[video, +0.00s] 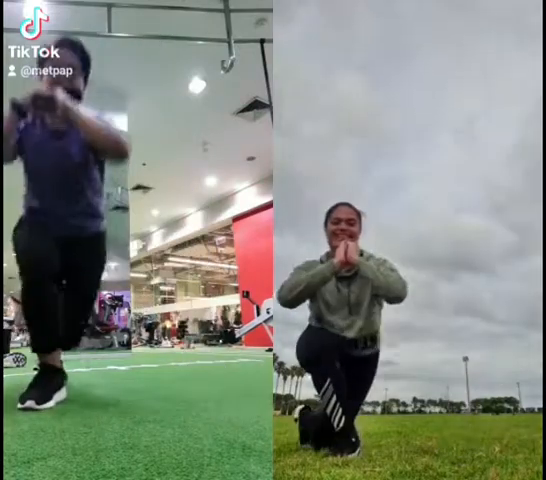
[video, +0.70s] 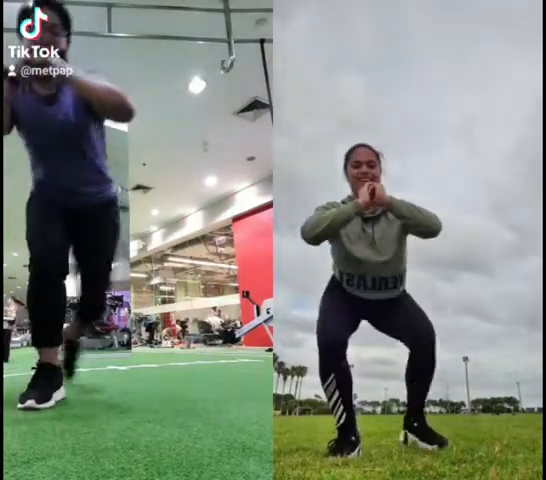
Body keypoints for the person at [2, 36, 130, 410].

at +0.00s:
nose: (54, 75)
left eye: (65, 68)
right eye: (48, 66)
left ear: (81, 79)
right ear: (37, 72)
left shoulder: (89, 121)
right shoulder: (27, 120)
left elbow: (120, 149)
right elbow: (4, 155)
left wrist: (69, 111)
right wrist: (15, 114)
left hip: (85, 230)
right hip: (38, 224)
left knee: (71, 329)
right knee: (36, 270)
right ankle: (51, 370)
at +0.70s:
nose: (41, 40)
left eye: (50, 32)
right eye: (33, 31)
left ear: (66, 42)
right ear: (22, 39)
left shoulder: (81, 87)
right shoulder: (16, 90)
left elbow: (125, 111)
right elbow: (4, 126)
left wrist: (67, 76)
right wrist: (9, 81)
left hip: (96, 200)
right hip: (48, 200)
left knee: (95, 294)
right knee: (44, 277)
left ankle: (71, 338)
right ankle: (48, 368)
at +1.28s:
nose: (116, 78)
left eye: (125, 70)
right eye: (107, 70)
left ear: (137, 79)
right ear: (91, 79)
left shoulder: (150, 124)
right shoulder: (80, 127)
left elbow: (197, 157)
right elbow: (44, 172)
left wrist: (140, 118)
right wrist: (81, 122)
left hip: (151, 235)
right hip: (97, 237)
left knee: (199, 271)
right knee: (50, 272)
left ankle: (210, 370)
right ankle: (49, 372)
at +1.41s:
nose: (136, 80)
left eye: (146, 74)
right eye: (127, 73)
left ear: (157, 83)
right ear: (111, 81)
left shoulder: (168, 134)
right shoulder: (98, 131)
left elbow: (215, 169)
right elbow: (64, 180)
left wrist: (161, 124)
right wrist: (102, 125)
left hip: (162, 237)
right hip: (109, 237)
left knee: (210, 269)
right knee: (62, 273)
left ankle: (211, 371)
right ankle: (50, 373)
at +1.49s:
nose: (147, 68)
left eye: (157, 61)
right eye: (138, 60)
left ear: (169, 71)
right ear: (122, 68)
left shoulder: (178, 120)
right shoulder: (109, 120)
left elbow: (226, 154)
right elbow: (72, 162)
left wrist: (170, 110)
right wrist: (111, 112)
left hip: (170, 229)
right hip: (117, 228)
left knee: (213, 271)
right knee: (73, 276)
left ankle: (212, 371)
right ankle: (50, 373)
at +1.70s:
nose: (169, 36)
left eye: (179, 28)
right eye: (160, 28)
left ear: (191, 38)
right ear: (144, 38)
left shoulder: (202, 88)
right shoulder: (131, 90)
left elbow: (247, 113)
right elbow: (90, 130)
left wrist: (187, 73)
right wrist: (127, 78)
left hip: (193, 202)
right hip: (142, 202)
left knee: (214, 273)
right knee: (98, 273)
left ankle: (211, 372)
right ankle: (58, 369)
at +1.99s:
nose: (191, 32)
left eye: (201, 25)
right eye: (182, 24)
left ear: (214, 35)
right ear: (167, 33)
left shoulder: (224, 86)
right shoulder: (153, 88)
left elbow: (268, 115)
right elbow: (113, 134)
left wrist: (218, 73)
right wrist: (148, 83)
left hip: (208, 200)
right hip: (159, 201)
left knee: (214, 280)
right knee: (159, 290)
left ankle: (212, 370)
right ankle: (192, 344)